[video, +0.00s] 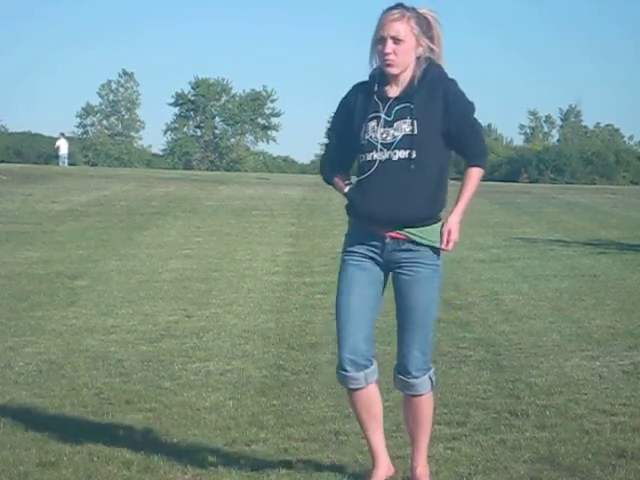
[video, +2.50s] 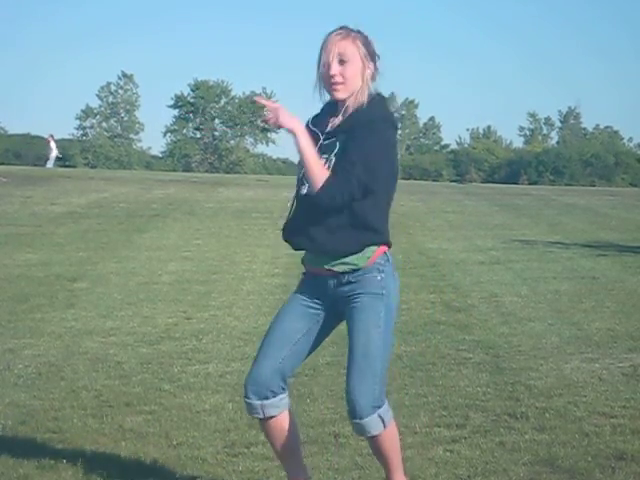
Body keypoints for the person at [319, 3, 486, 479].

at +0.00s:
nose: (387, 48)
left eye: (397, 40)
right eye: (382, 40)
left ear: (421, 46)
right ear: (375, 45)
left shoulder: (442, 92)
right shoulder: (358, 97)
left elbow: (477, 158)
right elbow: (332, 166)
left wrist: (456, 214)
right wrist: (358, 194)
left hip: (419, 245)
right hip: (362, 242)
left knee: (413, 367)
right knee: (352, 360)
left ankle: (420, 465)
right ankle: (382, 465)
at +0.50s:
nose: (354, 21)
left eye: (365, 13)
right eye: (348, 13)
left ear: (387, 17)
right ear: (341, 20)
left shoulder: (407, 60)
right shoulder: (338, 77)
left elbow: (463, 120)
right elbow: (323, 142)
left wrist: (454, 190)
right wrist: (335, 171)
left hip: (403, 216)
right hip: (358, 219)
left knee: (390, 335)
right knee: (364, 341)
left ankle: (418, 451)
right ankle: (380, 454)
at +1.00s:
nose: (336, 3)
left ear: (376, 2)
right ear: (339, 7)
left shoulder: (386, 49)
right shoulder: (354, 53)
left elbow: (358, 127)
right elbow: (364, 130)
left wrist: (296, 177)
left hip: (398, 210)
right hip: (354, 207)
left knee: (393, 338)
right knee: (303, 305)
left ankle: (406, 449)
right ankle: (354, 412)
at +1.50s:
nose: (315, 24)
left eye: (324, 16)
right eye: (319, 16)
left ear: (355, 25)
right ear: (348, 27)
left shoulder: (370, 73)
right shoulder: (339, 80)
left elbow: (420, 140)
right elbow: (334, 149)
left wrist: (354, 157)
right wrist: (312, 166)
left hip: (364, 232)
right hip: (337, 233)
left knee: (310, 346)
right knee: (332, 356)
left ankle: (398, 414)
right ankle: (362, 472)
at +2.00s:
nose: (319, 54)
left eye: (324, 45)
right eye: (321, 45)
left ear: (344, 48)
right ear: (352, 48)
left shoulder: (358, 98)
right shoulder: (378, 95)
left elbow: (364, 189)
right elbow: (400, 172)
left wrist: (305, 168)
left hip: (367, 248)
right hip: (372, 246)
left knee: (344, 377)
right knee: (272, 325)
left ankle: (395, 474)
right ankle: (334, 425)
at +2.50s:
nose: (333, 70)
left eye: (343, 60)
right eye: (326, 63)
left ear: (369, 67)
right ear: (320, 71)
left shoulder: (377, 122)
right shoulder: (320, 124)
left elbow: (331, 193)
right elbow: (313, 198)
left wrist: (297, 128)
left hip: (368, 277)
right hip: (316, 280)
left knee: (365, 404)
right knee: (262, 387)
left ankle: (398, 476)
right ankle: (299, 476)